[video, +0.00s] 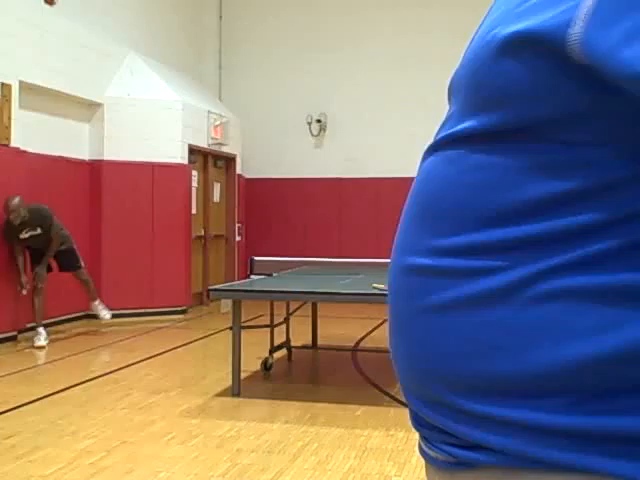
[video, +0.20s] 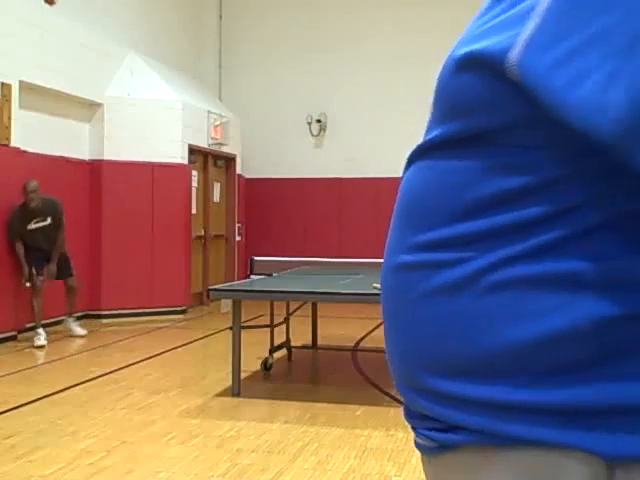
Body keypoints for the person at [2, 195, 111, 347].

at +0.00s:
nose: (11, 216)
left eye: (14, 212)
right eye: (9, 213)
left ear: (23, 209)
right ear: (7, 213)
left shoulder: (42, 214)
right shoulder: (10, 227)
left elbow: (56, 239)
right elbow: (18, 251)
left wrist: (44, 264)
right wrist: (22, 275)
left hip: (59, 243)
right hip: (37, 250)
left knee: (82, 275)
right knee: (38, 287)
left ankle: (96, 302)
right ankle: (40, 329)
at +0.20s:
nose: (32, 196)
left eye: (34, 192)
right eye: (29, 193)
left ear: (40, 192)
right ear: (24, 194)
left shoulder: (53, 206)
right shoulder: (18, 215)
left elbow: (60, 236)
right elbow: (18, 243)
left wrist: (54, 262)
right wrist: (25, 267)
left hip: (55, 249)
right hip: (34, 253)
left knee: (72, 284)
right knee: (37, 286)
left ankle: (70, 319)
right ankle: (39, 331)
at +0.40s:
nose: (58, 179)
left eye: (59, 175)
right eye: (55, 176)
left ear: (62, 178)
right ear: (48, 178)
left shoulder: (65, 199)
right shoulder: (34, 199)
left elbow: (67, 227)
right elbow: (26, 228)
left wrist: (65, 251)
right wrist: (35, 251)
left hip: (54, 248)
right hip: (37, 248)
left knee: (63, 285)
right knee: (40, 284)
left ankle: (50, 323)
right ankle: (39, 328)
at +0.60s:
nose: (79, 174)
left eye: (80, 171)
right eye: (76, 170)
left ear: (77, 174)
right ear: (66, 173)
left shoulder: (74, 197)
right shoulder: (51, 192)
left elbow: (70, 223)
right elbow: (40, 218)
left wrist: (74, 246)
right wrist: (53, 243)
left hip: (58, 244)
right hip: (43, 242)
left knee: (59, 281)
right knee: (51, 280)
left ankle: (50, 323)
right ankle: (45, 325)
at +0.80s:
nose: (90, 171)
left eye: (90, 168)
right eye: (86, 168)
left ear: (82, 173)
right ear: (76, 171)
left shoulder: (76, 192)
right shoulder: (68, 189)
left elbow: (71, 223)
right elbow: (55, 215)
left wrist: (80, 242)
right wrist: (75, 236)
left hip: (58, 242)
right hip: (55, 241)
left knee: (58, 281)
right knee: (71, 278)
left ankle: (48, 323)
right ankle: (61, 322)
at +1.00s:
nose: (104, 173)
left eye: (103, 170)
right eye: (100, 170)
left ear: (95, 173)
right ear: (90, 172)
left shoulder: (89, 192)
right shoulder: (83, 191)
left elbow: (83, 221)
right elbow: (72, 218)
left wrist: (96, 239)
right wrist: (94, 233)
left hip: (72, 242)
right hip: (73, 243)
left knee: (64, 283)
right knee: (89, 280)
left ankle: (49, 324)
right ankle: (100, 322)